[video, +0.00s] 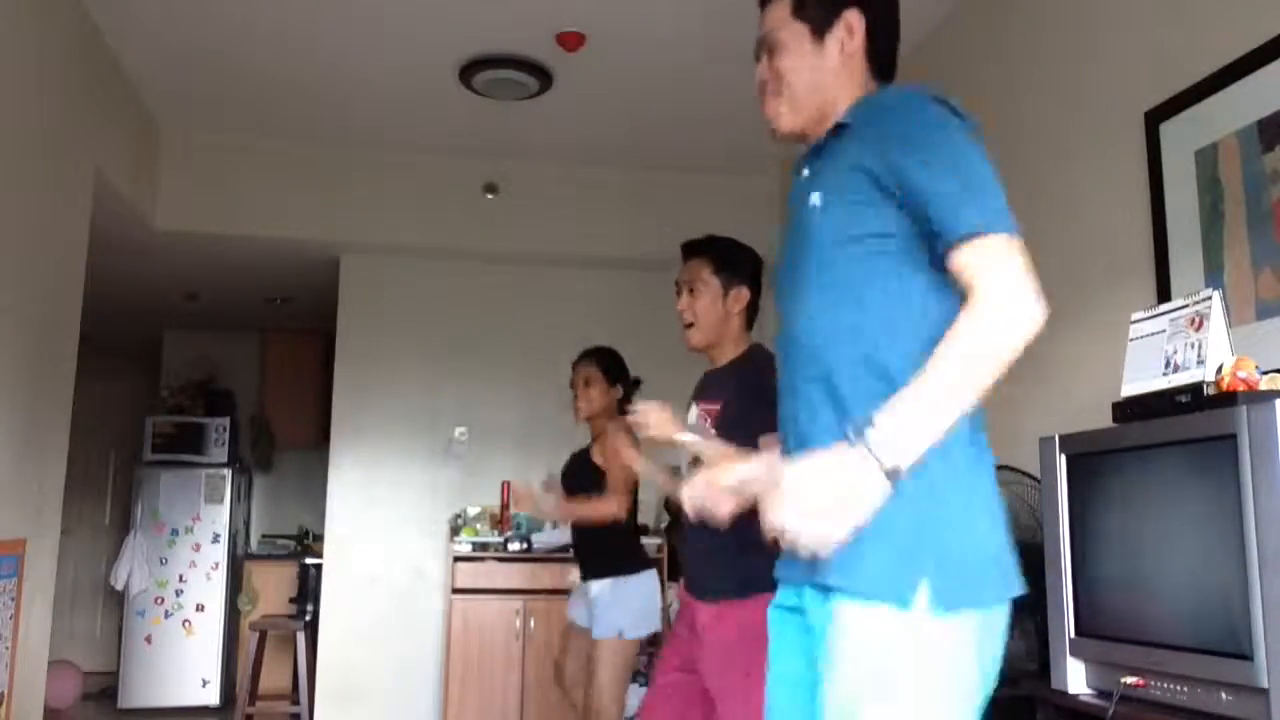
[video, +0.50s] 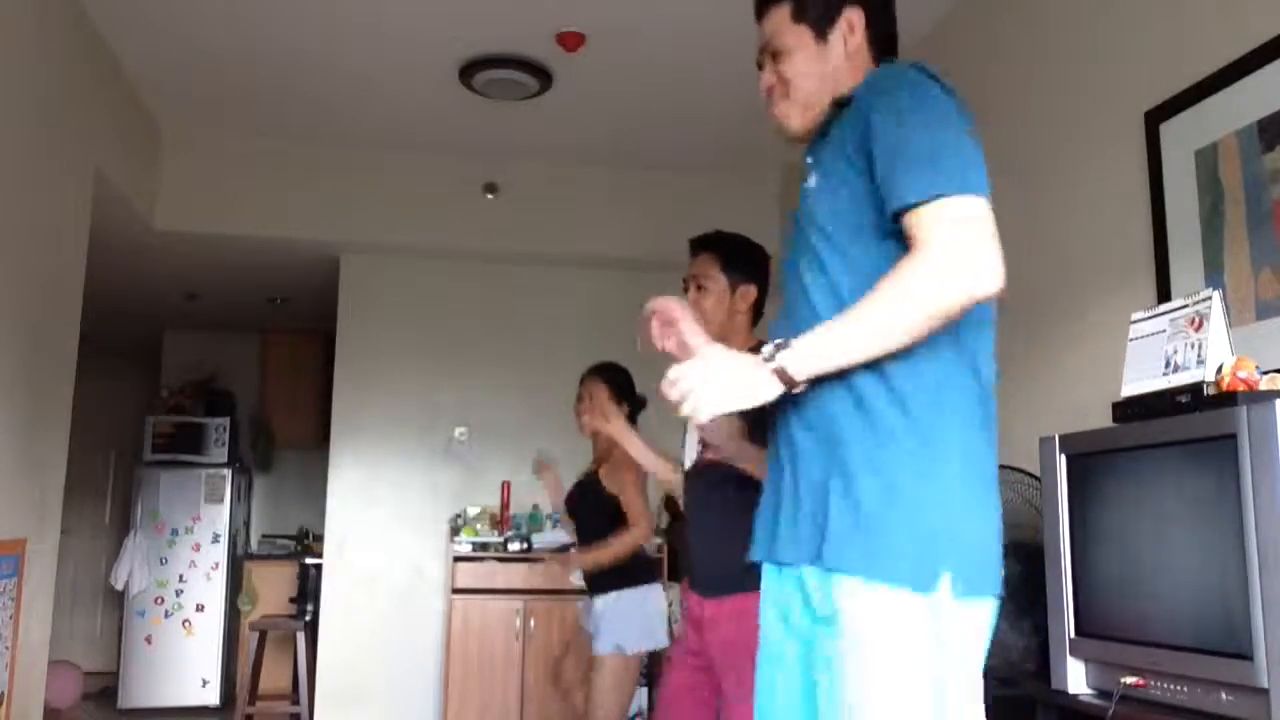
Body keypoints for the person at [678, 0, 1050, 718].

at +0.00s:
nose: (760, 74)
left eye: (772, 47)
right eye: (759, 55)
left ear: (847, 35)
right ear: (840, 39)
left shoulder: (902, 119)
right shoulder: (812, 178)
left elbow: (1011, 299)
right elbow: (861, 398)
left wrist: (870, 462)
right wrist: (762, 466)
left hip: (915, 579)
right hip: (815, 575)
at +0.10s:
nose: (757, 113)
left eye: (773, 87)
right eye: (757, 94)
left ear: (848, 78)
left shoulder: (914, 185)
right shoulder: (816, 228)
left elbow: (997, 388)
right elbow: (860, 430)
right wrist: (746, 448)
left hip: (936, 627)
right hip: (817, 619)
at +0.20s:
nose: (754, 139)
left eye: (770, 112)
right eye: (757, 119)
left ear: (844, 104)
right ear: (842, 108)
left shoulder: (915, 232)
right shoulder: (822, 262)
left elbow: (1010, 448)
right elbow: (877, 461)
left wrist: (907, 600)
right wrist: (780, 498)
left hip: (946, 636)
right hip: (839, 625)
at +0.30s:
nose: (758, 115)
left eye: (773, 85)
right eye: (759, 92)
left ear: (847, 70)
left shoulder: (933, 196)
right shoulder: (820, 228)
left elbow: (1021, 405)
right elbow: (837, 425)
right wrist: (770, 517)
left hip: (933, 656)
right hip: (823, 635)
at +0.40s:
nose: (760, 76)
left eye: (772, 47)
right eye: (758, 57)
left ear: (846, 28)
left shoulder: (910, 117)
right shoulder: (821, 181)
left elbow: (1007, 294)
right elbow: (840, 414)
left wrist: (798, 373)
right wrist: (717, 420)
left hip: (915, 597)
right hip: (811, 588)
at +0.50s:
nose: (765, 80)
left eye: (776, 54)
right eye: (762, 62)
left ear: (848, 31)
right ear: (845, 35)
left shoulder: (897, 95)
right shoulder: (829, 162)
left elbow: (966, 258)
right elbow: (825, 357)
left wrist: (775, 369)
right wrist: (718, 356)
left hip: (897, 554)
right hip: (810, 549)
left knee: (890, 708)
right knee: (797, 708)